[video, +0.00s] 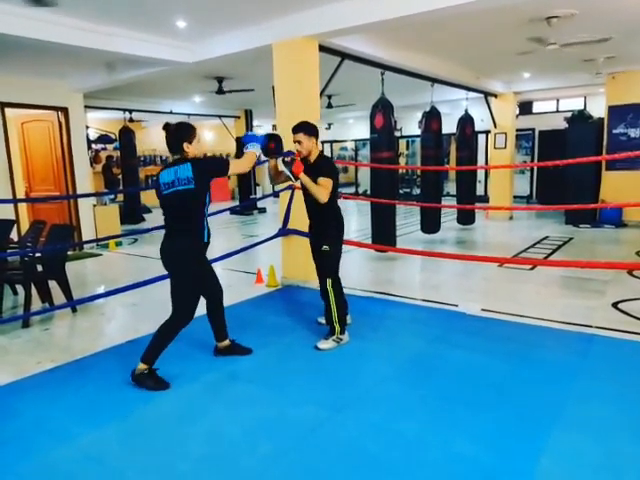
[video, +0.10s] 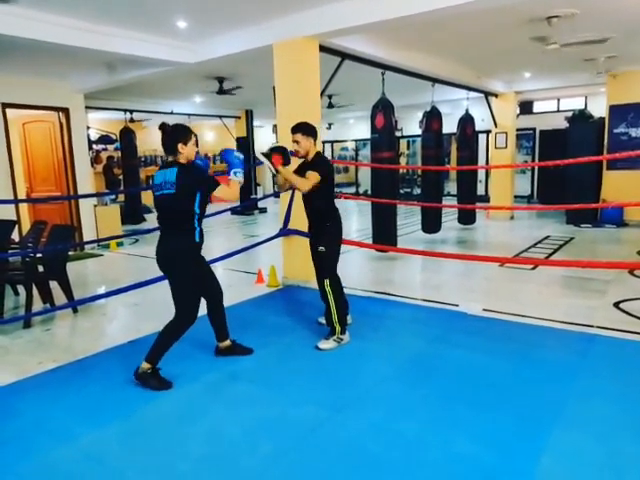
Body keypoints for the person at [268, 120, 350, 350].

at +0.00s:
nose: (296, 147)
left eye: (300, 142)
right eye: (295, 143)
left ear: (314, 141)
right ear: (296, 144)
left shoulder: (327, 165)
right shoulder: (303, 164)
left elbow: (323, 195)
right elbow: (277, 179)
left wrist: (300, 174)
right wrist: (273, 160)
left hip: (329, 226)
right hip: (316, 225)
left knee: (329, 278)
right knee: (325, 275)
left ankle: (338, 332)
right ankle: (339, 313)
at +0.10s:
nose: (294, 147)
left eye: (297, 142)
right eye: (293, 143)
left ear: (311, 141)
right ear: (304, 143)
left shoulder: (321, 163)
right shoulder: (305, 164)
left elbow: (304, 186)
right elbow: (283, 186)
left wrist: (280, 167)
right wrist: (278, 169)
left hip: (328, 227)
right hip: (316, 226)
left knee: (327, 278)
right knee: (325, 275)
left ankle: (339, 332)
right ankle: (339, 313)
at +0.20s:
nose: (292, 147)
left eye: (295, 142)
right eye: (291, 143)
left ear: (308, 141)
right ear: (301, 143)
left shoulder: (314, 162)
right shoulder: (307, 164)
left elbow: (281, 165)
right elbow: (288, 192)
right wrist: (282, 170)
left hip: (323, 225)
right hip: (318, 224)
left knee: (317, 277)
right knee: (326, 271)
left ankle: (337, 331)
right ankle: (343, 313)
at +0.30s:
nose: (287, 147)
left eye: (290, 142)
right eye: (286, 143)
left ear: (303, 141)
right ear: (300, 143)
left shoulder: (305, 161)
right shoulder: (305, 164)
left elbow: (269, 159)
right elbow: (288, 195)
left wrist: (236, 157)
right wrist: (281, 175)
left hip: (317, 223)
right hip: (318, 221)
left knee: (301, 273)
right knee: (325, 269)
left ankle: (325, 324)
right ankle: (342, 312)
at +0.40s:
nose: (278, 148)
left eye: (281, 143)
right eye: (278, 144)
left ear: (294, 143)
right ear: (290, 144)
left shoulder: (298, 163)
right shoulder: (295, 166)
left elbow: (263, 159)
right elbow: (280, 198)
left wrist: (231, 158)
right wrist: (274, 179)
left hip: (309, 227)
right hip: (314, 225)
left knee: (287, 272)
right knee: (323, 270)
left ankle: (296, 325)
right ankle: (342, 313)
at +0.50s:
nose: (268, 151)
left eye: (272, 146)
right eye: (268, 147)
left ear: (285, 145)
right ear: (281, 147)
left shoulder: (289, 165)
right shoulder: (283, 168)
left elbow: (259, 159)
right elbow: (268, 199)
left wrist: (229, 157)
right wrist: (261, 178)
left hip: (300, 229)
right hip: (303, 227)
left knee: (278, 273)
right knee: (317, 271)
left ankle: (265, 326)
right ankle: (342, 312)